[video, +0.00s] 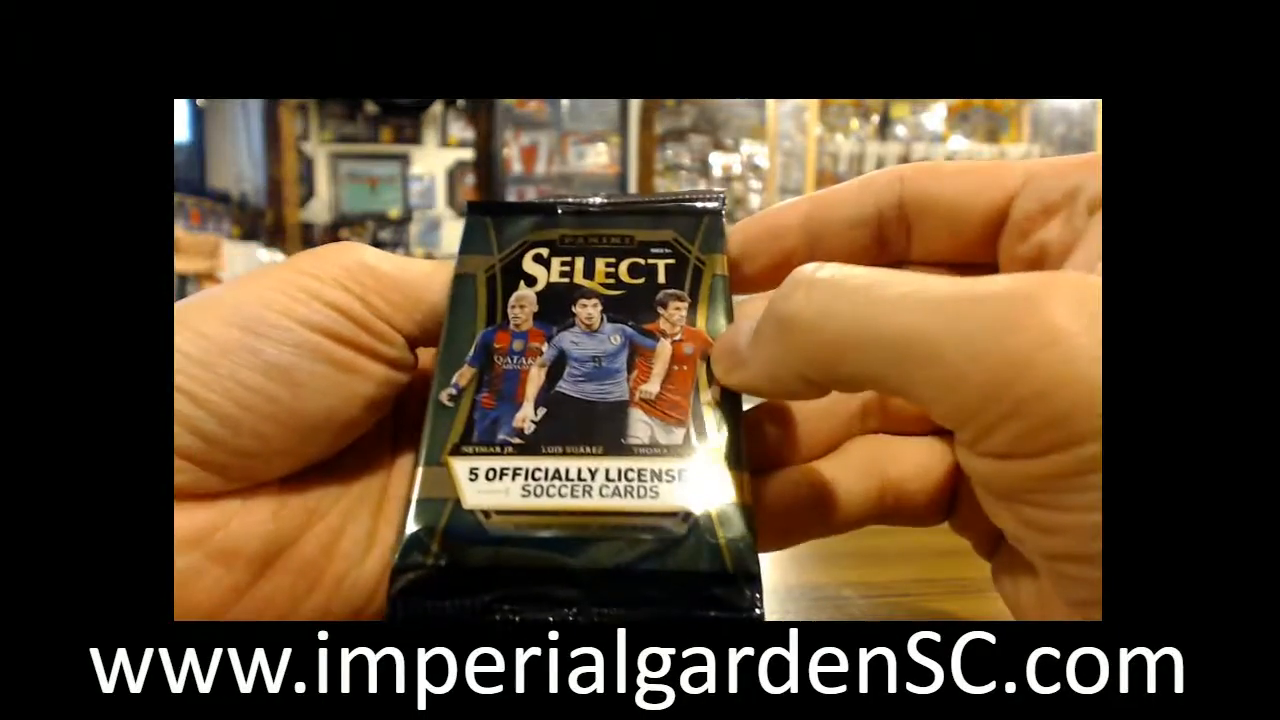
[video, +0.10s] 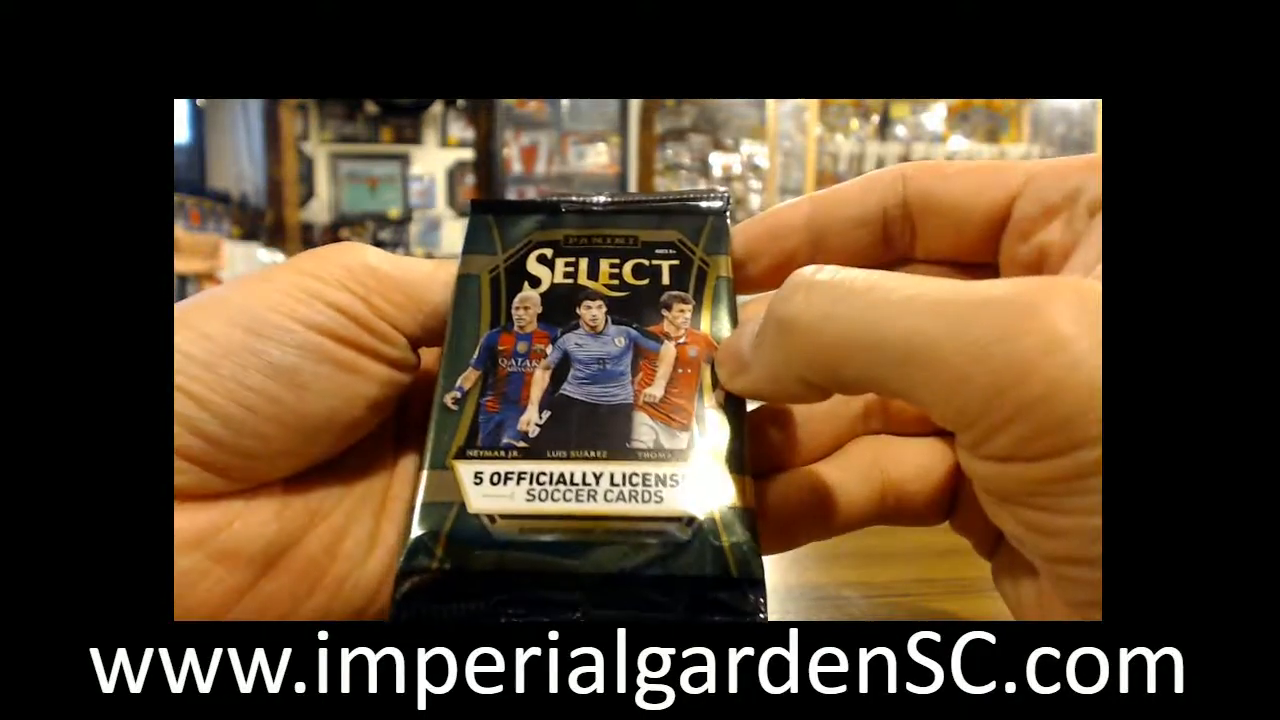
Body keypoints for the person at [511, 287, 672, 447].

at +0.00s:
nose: (590, 311)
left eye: (594, 306)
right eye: (583, 306)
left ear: (601, 308)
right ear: (574, 309)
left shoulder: (621, 331)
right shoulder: (564, 337)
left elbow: (663, 346)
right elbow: (539, 367)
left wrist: (654, 381)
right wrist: (528, 405)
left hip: (612, 404)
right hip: (569, 402)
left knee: (612, 462)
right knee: (534, 447)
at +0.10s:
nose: (594, 313)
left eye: (599, 308)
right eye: (588, 308)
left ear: (605, 309)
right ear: (579, 312)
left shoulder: (626, 333)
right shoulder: (568, 339)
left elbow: (667, 348)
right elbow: (544, 370)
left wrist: (659, 384)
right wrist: (532, 408)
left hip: (617, 406)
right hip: (576, 404)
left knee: (616, 464)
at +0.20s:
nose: (595, 317)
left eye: (600, 311)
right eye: (589, 312)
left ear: (607, 313)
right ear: (580, 315)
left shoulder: (626, 336)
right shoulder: (569, 342)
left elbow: (668, 351)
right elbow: (545, 373)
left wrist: (660, 386)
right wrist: (533, 410)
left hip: (618, 409)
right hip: (576, 407)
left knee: (618, 466)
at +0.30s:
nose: (595, 319)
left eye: (600, 314)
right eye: (589, 314)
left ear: (606, 315)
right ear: (579, 317)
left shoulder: (626, 338)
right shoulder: (568, 345)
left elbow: (667, 353)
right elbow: (545, 375)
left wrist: (659, 388)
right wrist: (533, 412)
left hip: (617, 412)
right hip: (579, 411)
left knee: (617, 469)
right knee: (575, 467)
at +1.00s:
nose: (599, 320)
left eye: (605, 313)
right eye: (592, 314)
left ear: (614, 316)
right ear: (584, 318)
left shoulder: (634, 344)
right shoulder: (579, 353)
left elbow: (674, 357)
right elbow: (562, 387)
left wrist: (668, 400)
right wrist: (557, 431)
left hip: (631, 423)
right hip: (593, 423)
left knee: (632, 487)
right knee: (590, 485)